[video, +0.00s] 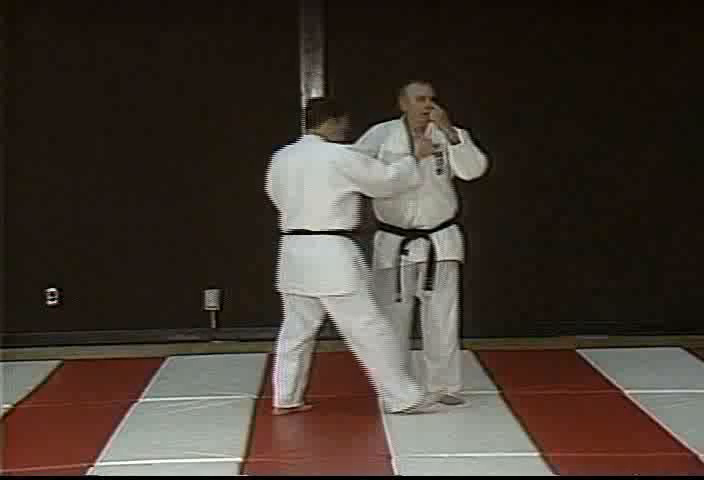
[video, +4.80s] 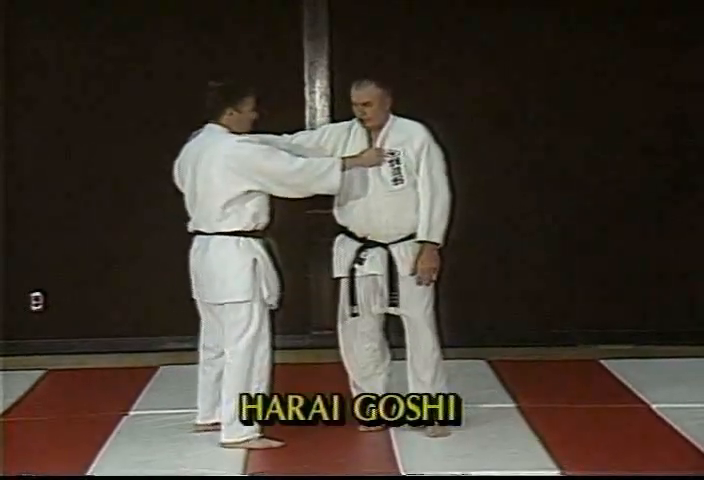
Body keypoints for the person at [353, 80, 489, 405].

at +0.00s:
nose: (427, 106)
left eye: (431, 100)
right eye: (420, 100)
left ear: (436, 104)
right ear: (403, 104)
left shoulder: (449, 136)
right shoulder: (381, 135)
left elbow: (474, 170)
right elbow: (351, 170)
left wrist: (450, 133)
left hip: (441, 237)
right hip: (394, 238)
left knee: (442, 315)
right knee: (393, 316)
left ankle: (444, 387)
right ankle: (392, 387)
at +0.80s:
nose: (392, 101)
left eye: (395, 95)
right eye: (383, 95)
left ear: (400, 100)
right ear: (366, 101)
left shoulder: (419, 137)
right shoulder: (345, 139)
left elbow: (455, 180)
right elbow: (308, 169)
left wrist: (435, 173)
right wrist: (362, 159)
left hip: (414, 243)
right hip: (363, 244)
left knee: (435, 319)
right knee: (362, 325)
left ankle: (448, 393)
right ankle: (370, 404)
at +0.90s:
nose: (386, 99)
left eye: (388, 93)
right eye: (377, 94)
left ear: (393, 99)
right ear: (359, 101)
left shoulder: (413, 135)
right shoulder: (339, 139)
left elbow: (442, 177)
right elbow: (307, 170)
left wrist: (437, 207)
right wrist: (359, 157)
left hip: (411, 243)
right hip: (360, 245)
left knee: (429, 321)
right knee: (360, 327)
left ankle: (442, 399)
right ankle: (369, 404)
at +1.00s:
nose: (382, 99)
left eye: (385, 93)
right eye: (373, 94)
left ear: (391, 99)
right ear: (356, 101)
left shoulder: (410, 135)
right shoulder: (338, 139)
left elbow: (436, 184)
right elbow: (302, 168)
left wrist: (429, 231)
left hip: (410, 244)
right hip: (358, 245)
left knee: (424, 325)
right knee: (360, 326)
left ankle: (432, 404)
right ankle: (369, 404)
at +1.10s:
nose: (382, 99)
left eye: (385, 93)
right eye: (373, 93)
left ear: (390, 99)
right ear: (355, 101)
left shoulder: (410, 135)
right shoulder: (336, 139)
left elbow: (432, 185)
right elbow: (302, 169)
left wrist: (424, 233)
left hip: (406, 245)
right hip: (356, 246)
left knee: (418, 330)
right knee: (360, 330)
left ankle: (421, 407)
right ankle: (369, 406)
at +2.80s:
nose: (355, 103)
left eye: (362, 96)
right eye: (351, 97)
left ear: (384, 97)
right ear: (348, 101)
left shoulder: (412, 133)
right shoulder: (338, 134)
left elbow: (434, 187)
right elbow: (293, 152)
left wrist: (424, 238)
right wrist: (252, 160)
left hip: (402, 247)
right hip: (352, 249)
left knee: (417, 331)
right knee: (358, 333)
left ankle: (427, 413)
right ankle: (371, 413)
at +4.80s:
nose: (361, 113)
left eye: (367, 106)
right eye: (356, 106)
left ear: (387, 103)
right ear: (351, 106)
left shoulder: (415, 136)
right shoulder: (343, 134)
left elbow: (436, 192)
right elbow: (294, 144)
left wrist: (431, 245)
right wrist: (241, 143)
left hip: (407, 247)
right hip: (357, 248)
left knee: (420, 327)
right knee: (359, 327)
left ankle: (429, 408)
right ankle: (371, 405)